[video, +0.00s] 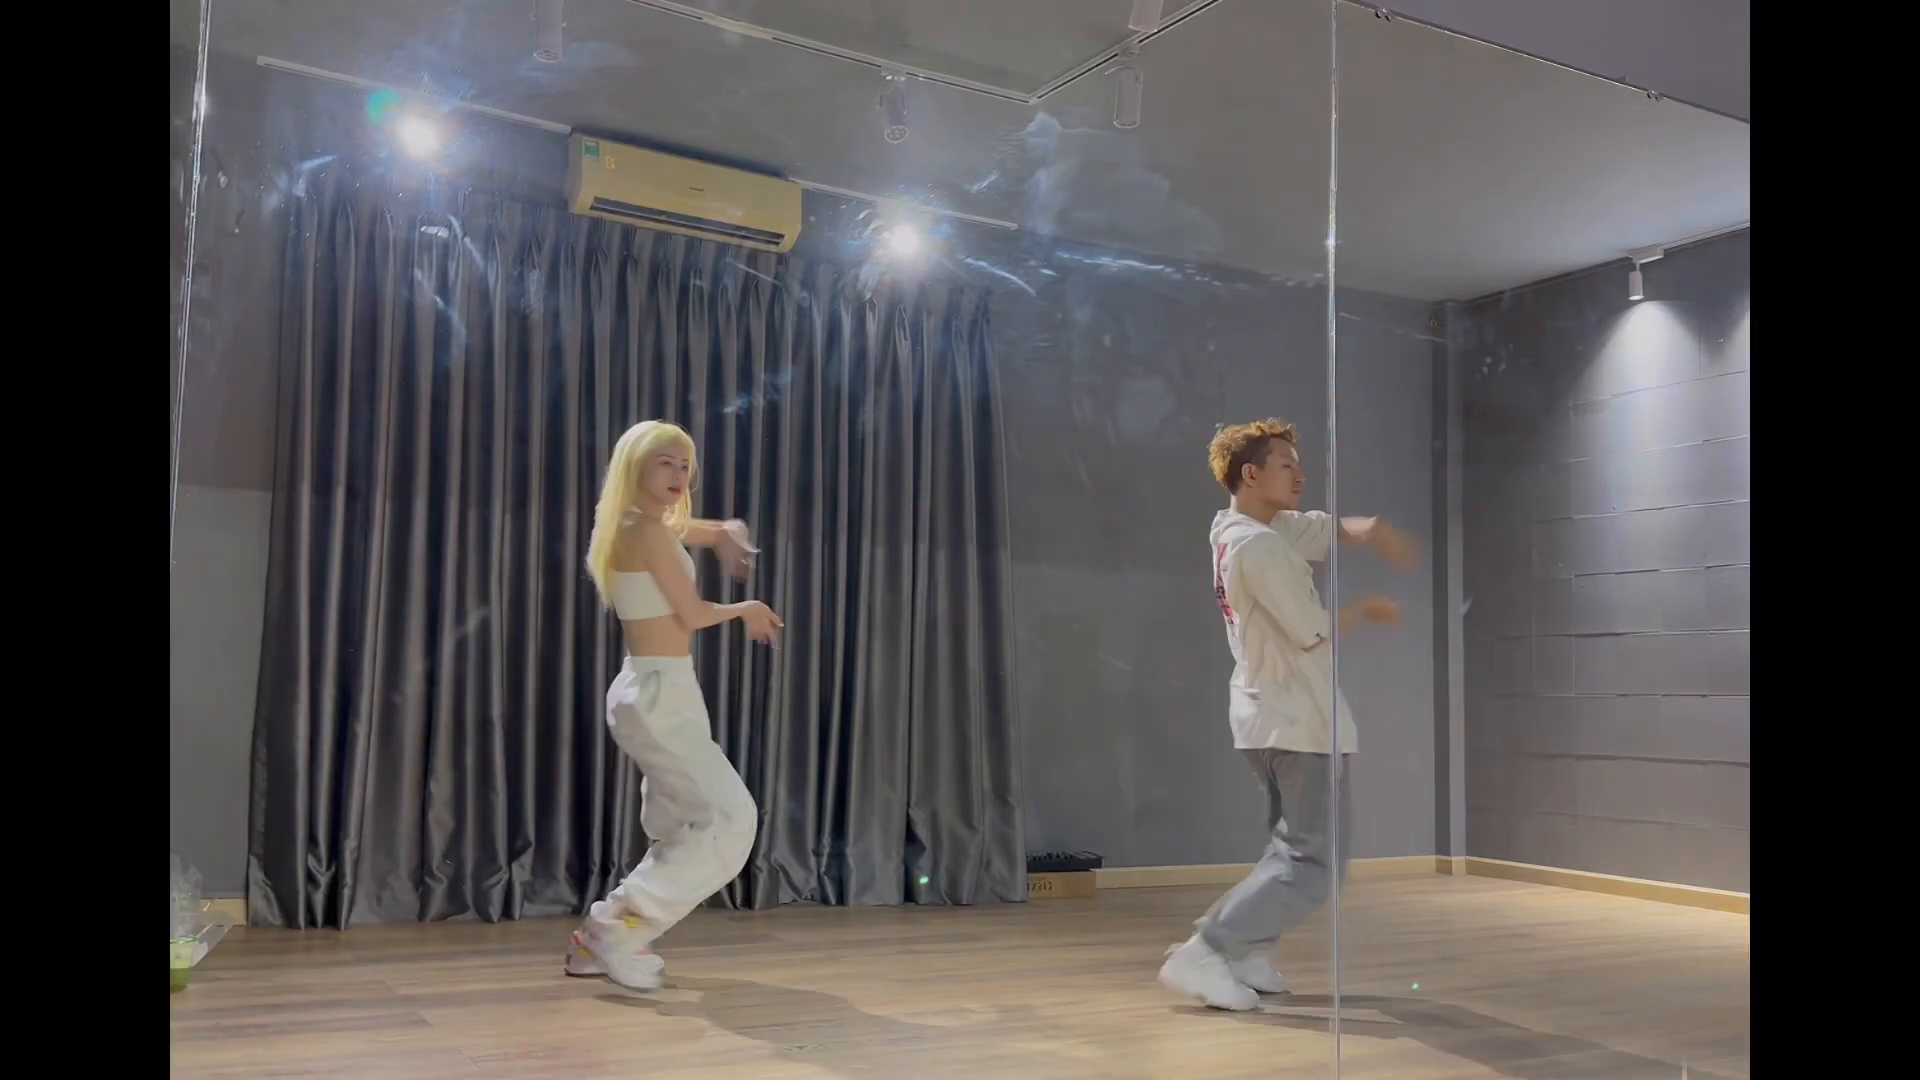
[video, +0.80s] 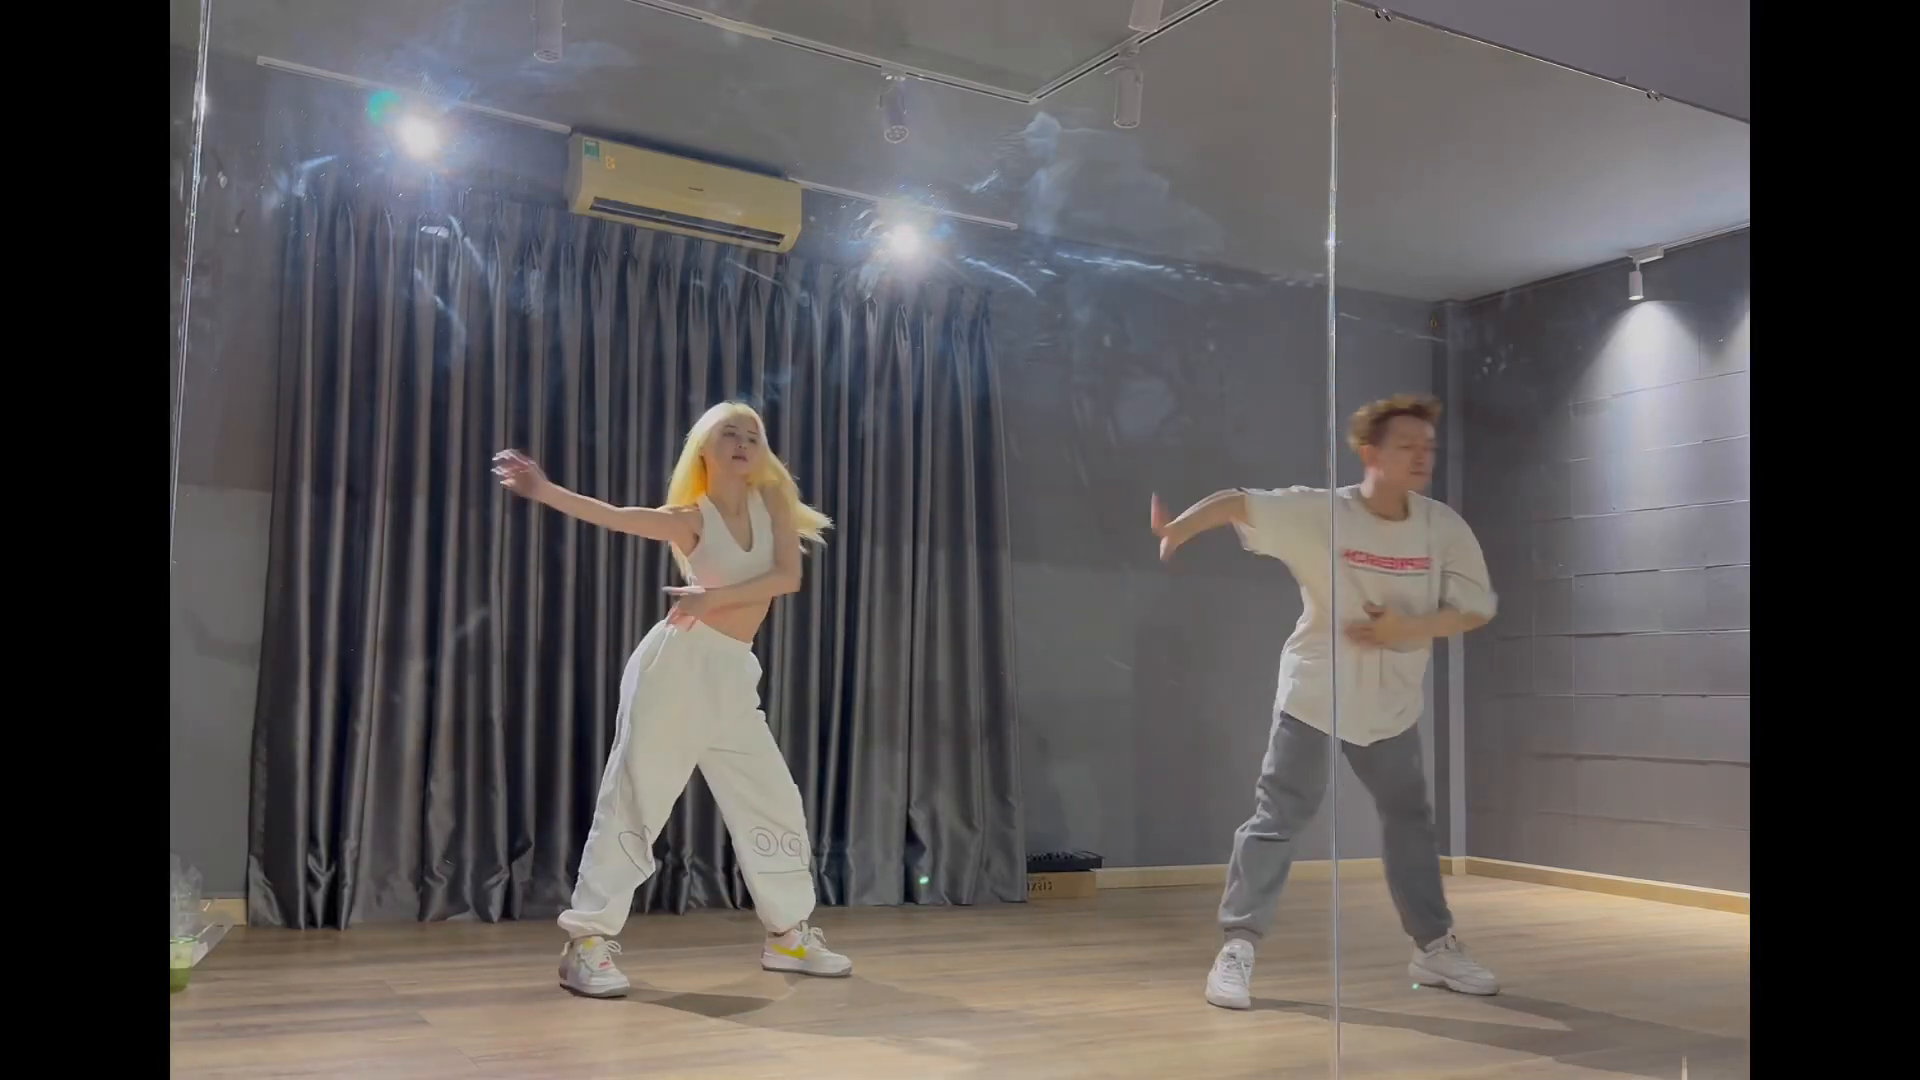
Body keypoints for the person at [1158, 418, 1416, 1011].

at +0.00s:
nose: (1299, 475)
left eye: (1298, 465)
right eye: (1288, 465)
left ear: (1255, 478)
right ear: (1250, 475)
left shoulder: (1236, 529)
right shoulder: (1261, 543)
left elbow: (1325, 529)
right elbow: (1311, 632)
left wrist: (1372, 531)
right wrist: (1363, 613)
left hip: (1266, 716)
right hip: (1296, 720)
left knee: (1292, 843)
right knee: (1315, 862)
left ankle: (1244, 953)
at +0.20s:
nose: (1320, 463)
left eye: (1315, 452)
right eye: (1306, 455)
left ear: (1275, 475)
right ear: (1272, 473)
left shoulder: (1273, 532)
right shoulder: (1292, 540)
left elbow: (1346, 597)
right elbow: (1358, 616)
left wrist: (1355, 542)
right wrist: (1421, 605)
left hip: (1307, 715)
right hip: (1307, 721)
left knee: (1390, 794)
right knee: (1288, 856)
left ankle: (1336, 910)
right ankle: (1190, 961)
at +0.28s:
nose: (1356, 449)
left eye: (1349, 440)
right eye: (1340, 444)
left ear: (1311, 468)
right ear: (1309, 464)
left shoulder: (1308, 525)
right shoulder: (1335, 526)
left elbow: (1341, 620)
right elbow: (1400, 589)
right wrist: (1415, 549)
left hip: (1330, 706)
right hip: (1305, 706)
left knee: (1388, 815)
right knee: (1275, 837)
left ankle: (1412, 944)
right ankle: (1188, 960)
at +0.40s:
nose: (1428, 454)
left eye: (1422, 445)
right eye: (1411, 449)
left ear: (1388, 477)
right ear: (1377, 474)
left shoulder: (1370, 532)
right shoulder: (1386, 531)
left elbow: (1334, 609)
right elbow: (1475, 575)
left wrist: (1395, 629)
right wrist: (1530, 566)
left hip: (1341, 707)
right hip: (1301, 693)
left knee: (1389, 827)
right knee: (1254, 824)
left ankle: (1428, 952)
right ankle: (1187, 954)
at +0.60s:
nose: (1485, 467)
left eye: (1483, 457)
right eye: (1471, 457)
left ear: (1462, 473)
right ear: (1431, 469)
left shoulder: (1467, 568)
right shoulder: (1394, 519)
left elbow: (1443, 648)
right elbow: (1433, 534)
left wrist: (1406, 635)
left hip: (1360, 701)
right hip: (1305, 675)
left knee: (1389, 824)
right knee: (1254, 811)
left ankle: (1426, 951)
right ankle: (1208, 945)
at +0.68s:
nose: (1476, 464)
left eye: (1478, 455)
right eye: (1462, 454)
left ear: (1472, 467)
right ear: (1420, 461)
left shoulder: (1468, 557)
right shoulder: (1376, 513)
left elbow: (1455, 636)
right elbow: (1330, 518)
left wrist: (1397, 634)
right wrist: (1315, 500)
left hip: (1371, 705)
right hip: (1308, 682)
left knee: (1389, 825)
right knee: (1260, 813)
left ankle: (1426, 950)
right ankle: (1221, 951)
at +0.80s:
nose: (1424, 458)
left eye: (1429, 448)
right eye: (1409, 448)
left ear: (1432, 454)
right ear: (1370, 453)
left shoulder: (1447, 529)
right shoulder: (1323, 512)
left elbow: (1478, 609)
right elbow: (1235, 504)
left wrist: (1408, 629)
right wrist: (1176, 531)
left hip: (1391, 700)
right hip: (1314, 689)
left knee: (1411, 815)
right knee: (1280, 812)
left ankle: (1433, 947)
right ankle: (1237, 949)